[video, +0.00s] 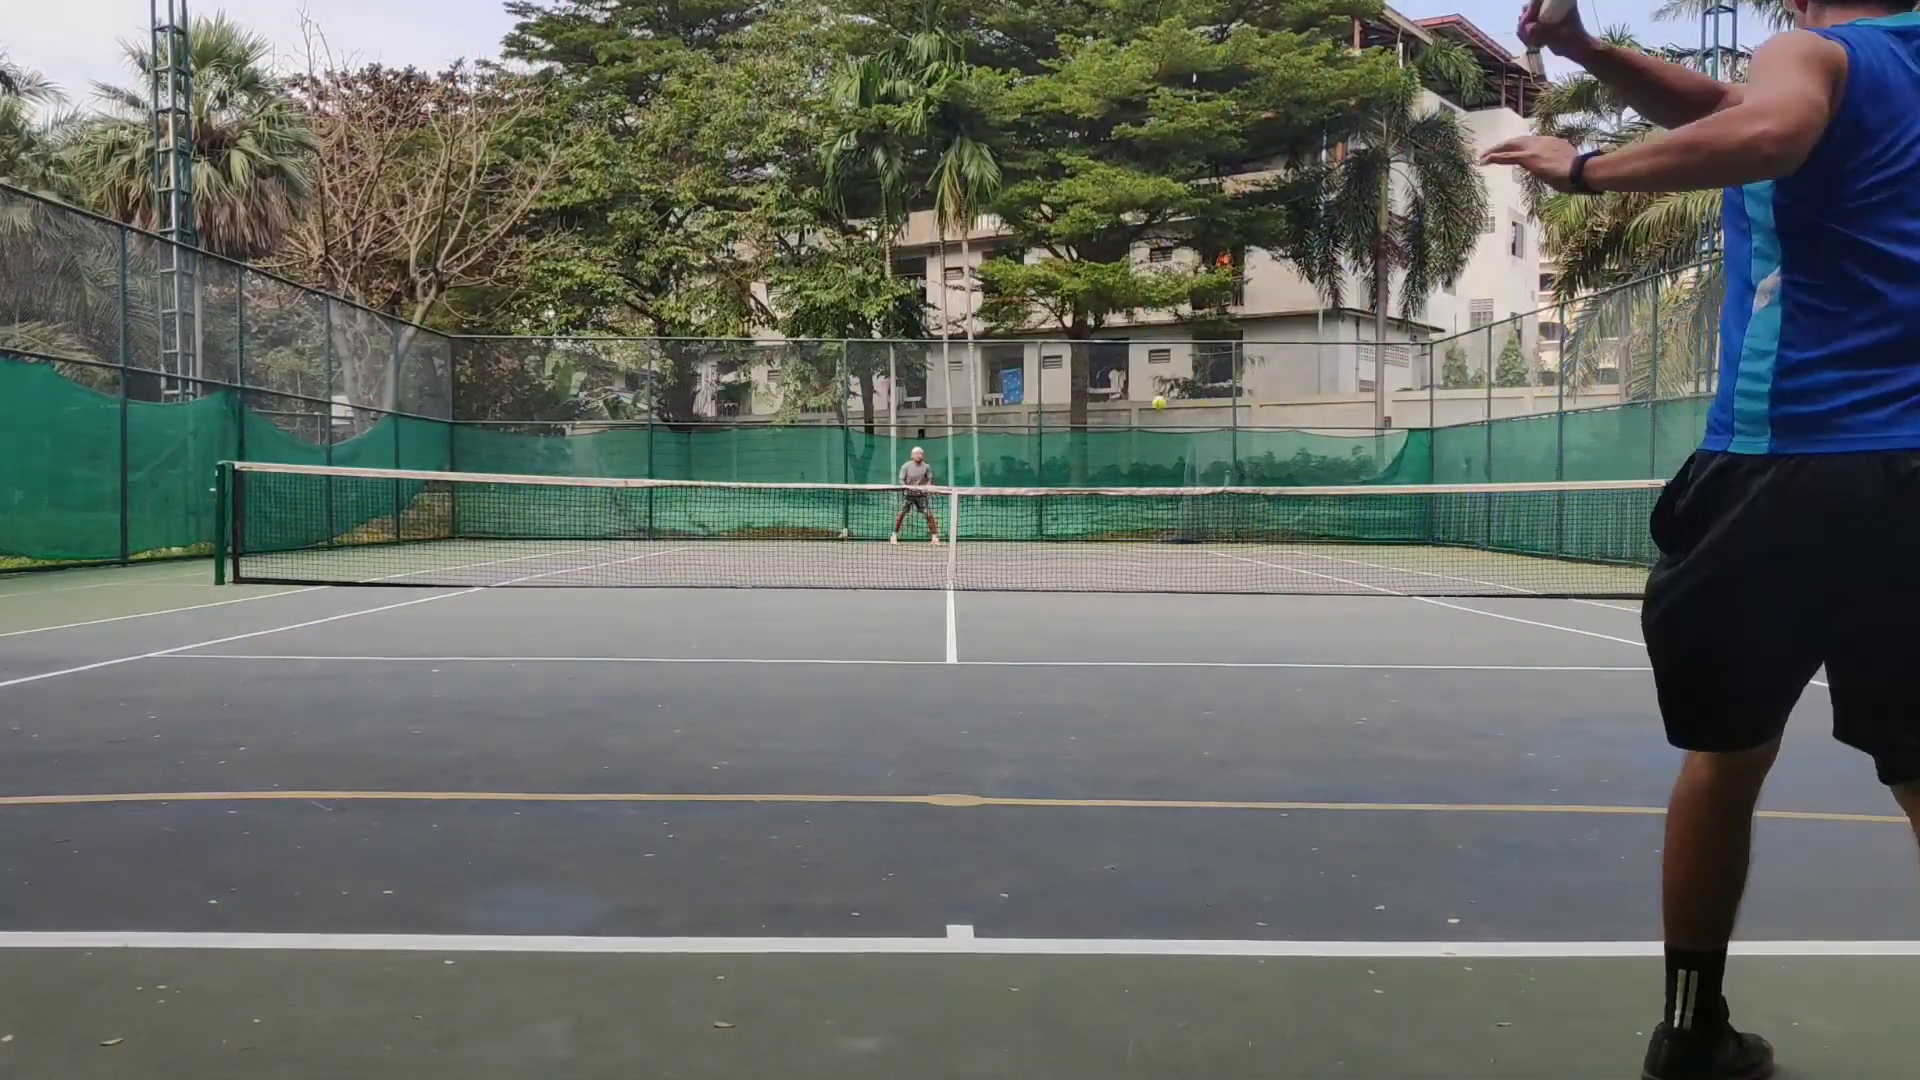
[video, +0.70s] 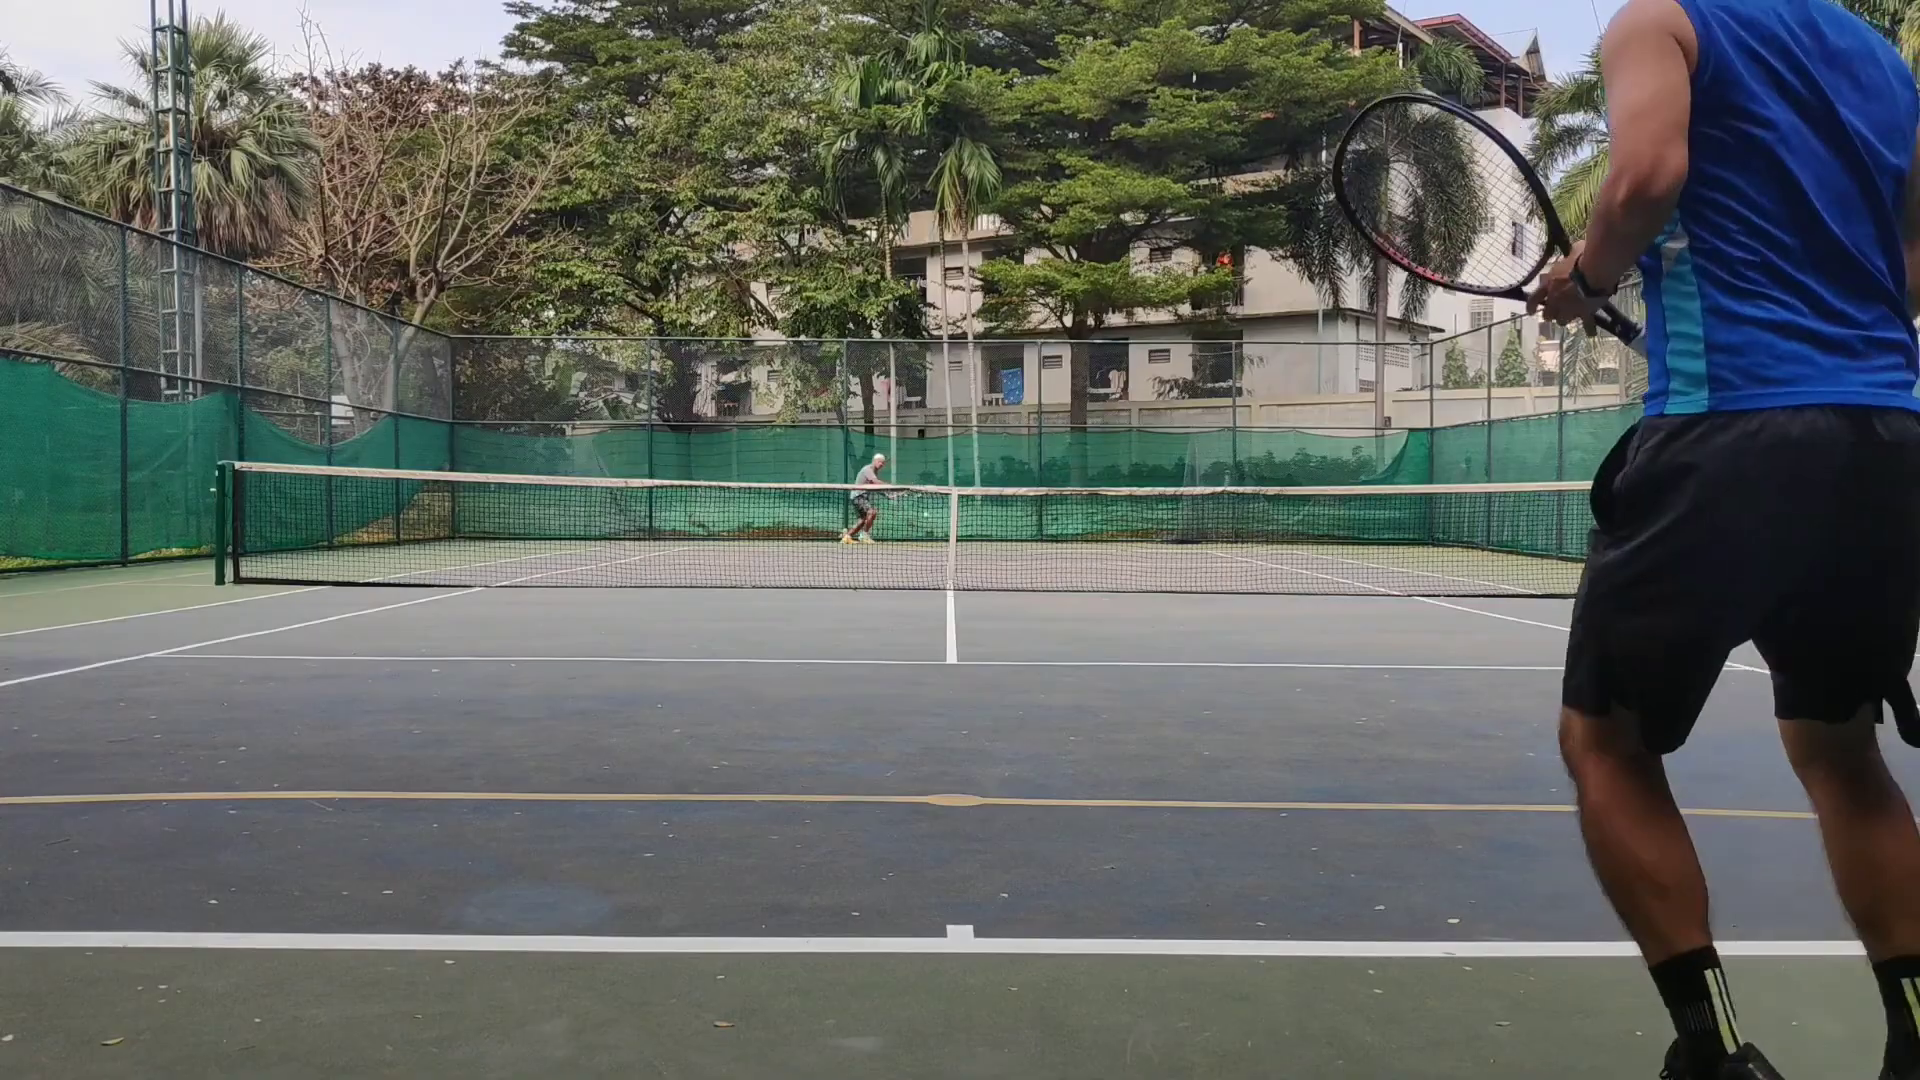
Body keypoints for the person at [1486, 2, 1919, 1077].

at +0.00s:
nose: (1777, 16)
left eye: (1781, 10)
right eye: (1779, 14)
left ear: (1806, 2)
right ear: (1887, 2)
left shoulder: (1811, 49)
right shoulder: (1901, 64)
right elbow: (1734, 103)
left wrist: (1582, 164)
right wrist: (1586, 48)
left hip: (1778, 474)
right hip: (1908, 471)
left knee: (1720, 765)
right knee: (1917, 778)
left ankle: (1693, 1021)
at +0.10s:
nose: (1782, 14)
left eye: (1791, 3)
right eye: (1786, 12)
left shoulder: (1856, 54)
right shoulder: (1830, 66)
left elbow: (1906, 182)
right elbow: (1709, 89)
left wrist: (1718, 236)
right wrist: (1671, 12)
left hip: (1830, 474)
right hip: (1879, 469)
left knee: (1743, 762)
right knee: (1741, 762)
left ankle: (1689, 1027)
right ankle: (1689, 1024)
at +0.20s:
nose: (1791, 23)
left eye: (1797, 10)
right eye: (1792, 11)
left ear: (1829, 20)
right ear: (1884, 21)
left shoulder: (1897, 112)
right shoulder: (1861, 120)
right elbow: (1707, 160)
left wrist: (1819, 313)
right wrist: (1732, 93)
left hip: (1893, 510)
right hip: (1878, 505)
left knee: (1740, 733)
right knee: (1744, 733)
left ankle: (1688, 1021)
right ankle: (1692, 1017)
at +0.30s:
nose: (1792, 95)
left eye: (1791, 74)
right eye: (1793, 77)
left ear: (1811, 68)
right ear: (1903, 57)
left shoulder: (1905, 164)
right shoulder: (1873, 187)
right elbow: (1721, 284)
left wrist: (1844, 355)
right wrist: (1728, 216)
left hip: (1903, 543)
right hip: (1894, 539)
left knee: (1717, 731)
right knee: (1720, 730)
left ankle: (1737, 1027)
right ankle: (1736, 1024)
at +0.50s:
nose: (1732, 29)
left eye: (1732, 15)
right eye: (1736, 17)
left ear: (1752, 13)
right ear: (1849, 12)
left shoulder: (1807, 82)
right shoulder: (1881, 84)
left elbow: (1896, 196)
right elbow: (1864, 311)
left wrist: (1730, 297)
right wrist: (1732, 379)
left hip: (1847, 505)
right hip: (1882, 497)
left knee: (1737, 793)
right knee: (1745, 789)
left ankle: (1855, 1070)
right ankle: (1854, 1065)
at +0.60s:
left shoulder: (1727, 20)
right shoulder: (1892, 64)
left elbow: (1758, 148)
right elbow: (1866, 245)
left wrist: (1640, 256)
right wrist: (1650, 258)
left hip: (1777, 455)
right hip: (1905, 447)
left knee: (1715, 760)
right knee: (1915, 743)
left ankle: (1826, 1055)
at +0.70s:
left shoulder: (1661, 19)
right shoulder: (1885, 59)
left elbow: (1650, 169)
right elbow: (1912, 265)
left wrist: (1588, 268)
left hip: (1723, 442)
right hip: (1889, 446)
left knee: (1606, 733)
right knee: (1841, 742)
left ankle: (1708, 1040)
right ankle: (1915, 1035)